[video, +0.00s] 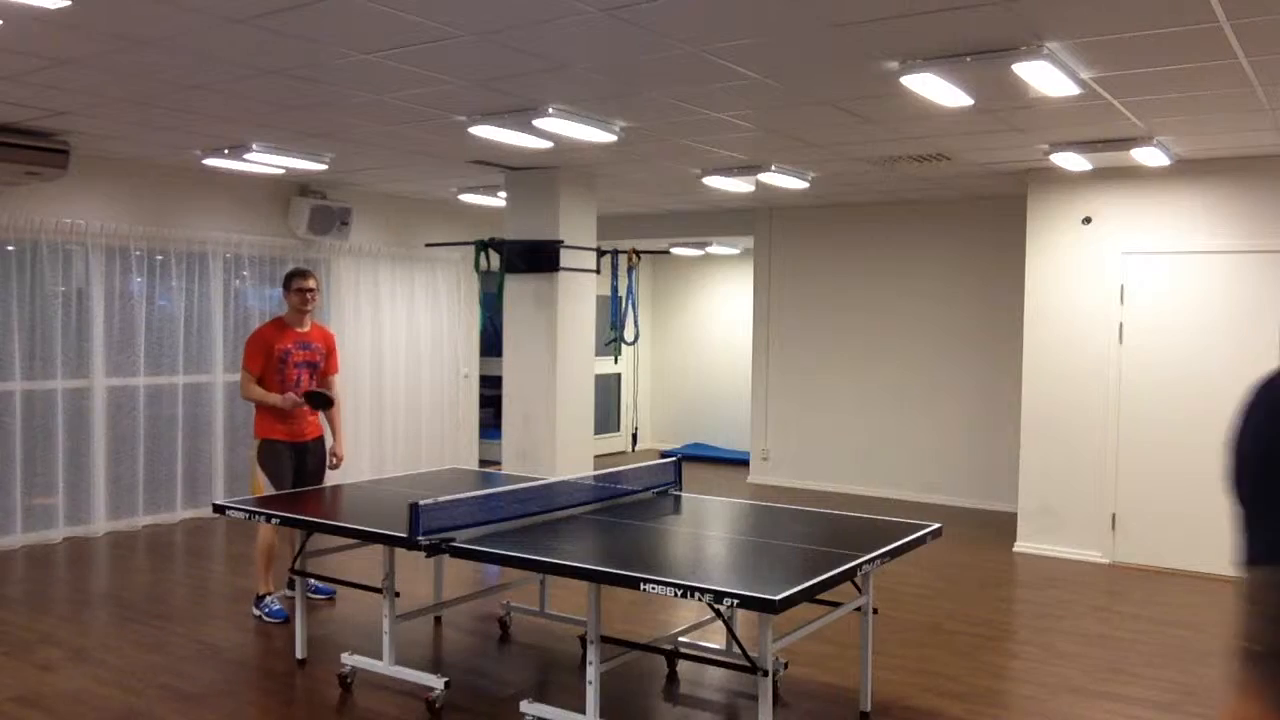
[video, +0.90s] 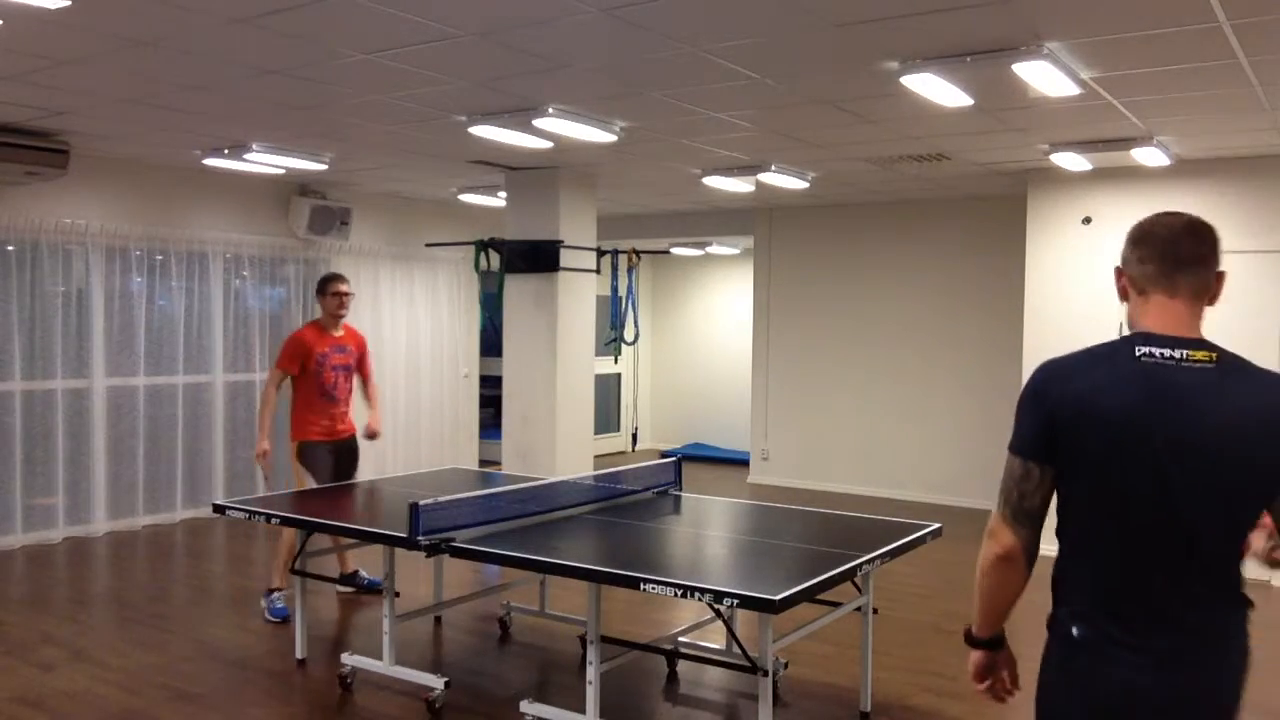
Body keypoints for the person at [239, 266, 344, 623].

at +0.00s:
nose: (309, 296)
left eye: (314, 291)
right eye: (302, 291)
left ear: (319, 296)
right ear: (286, 295)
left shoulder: (324, 337)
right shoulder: (265, 336)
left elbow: (331, 390)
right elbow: (247, 388)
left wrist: (337, 439)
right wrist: (279, 399)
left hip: (312, 438)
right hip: (275, 439)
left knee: (307, 513)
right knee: (274, 514)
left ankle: (300, 576)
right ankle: (264, 593)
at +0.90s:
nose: (342, 301)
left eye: (346, 296)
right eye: (335, 295)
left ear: (350, 300)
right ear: (320, 299)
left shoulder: (356, 340)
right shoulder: (302, 340)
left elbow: (368, 382)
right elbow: (272, 384)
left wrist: (375, 415)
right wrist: (264, 438)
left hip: (345, 437)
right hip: (311, 438)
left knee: (340, 509)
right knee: (304, 511)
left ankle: (347, 572)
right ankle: (275, 590)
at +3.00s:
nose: (354, 311)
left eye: (357, 306)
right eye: (349, 305)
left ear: (357, 307)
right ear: (328, 301)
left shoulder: (352, 337)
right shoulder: (300, 339)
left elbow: (382, 373)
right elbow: (279, 390)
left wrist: (373, 329)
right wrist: (319, 412)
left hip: (347, 440)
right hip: (306, 441)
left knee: (350, 508)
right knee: (286, 514)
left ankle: (341, 571)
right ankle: (265, 589)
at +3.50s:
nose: (325, 323)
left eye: (328, 317)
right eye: (319, 317)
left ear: (327, 319)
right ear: (297, 316)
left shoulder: (323, 351)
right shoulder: (267, 354)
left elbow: (323, 398)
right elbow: (244, 403)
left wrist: (341, 397)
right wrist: (270, 435)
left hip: (311, 447)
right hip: (272, 450)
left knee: (337, 509)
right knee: (258, 517)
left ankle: (342, 572)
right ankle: (217, 597)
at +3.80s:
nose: (311, 343)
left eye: (314, 337)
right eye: (306, 337)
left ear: (314, 337)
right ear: (284, 335)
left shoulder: (321, 366)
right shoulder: (255, 371)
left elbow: (331, 400)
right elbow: (235, 412)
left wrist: (333, 424)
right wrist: (233, 459)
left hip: (317, 459)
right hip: (273, 461)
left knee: (348, 513)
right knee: (256, 518)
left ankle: (361, 566)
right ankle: (223, 597)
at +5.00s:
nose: (304, 301)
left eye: (307, 296)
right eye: (297, 296)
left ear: (310, 299)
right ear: (279, 299)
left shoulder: (316, 335)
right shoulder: (259, 338)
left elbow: (319, 380)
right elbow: (246, 388)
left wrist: (338, 422)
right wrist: (245, 434)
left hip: (304, 435)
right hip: (266, 435)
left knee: (312, 501)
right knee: (250, 506)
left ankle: (324, 563)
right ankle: (241, 576)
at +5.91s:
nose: (343, 307)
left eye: (346, 303)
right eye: (336, 302)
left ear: (348, 307)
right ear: (318, 305)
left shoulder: (345, 346)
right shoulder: (295, 342)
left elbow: (344, 391)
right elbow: (276, 390)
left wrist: (365, 425)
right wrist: (305, 428)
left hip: (327, 437)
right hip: (290, 435)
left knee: (349, 500)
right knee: (267, 507)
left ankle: (354, 567)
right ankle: (235, 588)